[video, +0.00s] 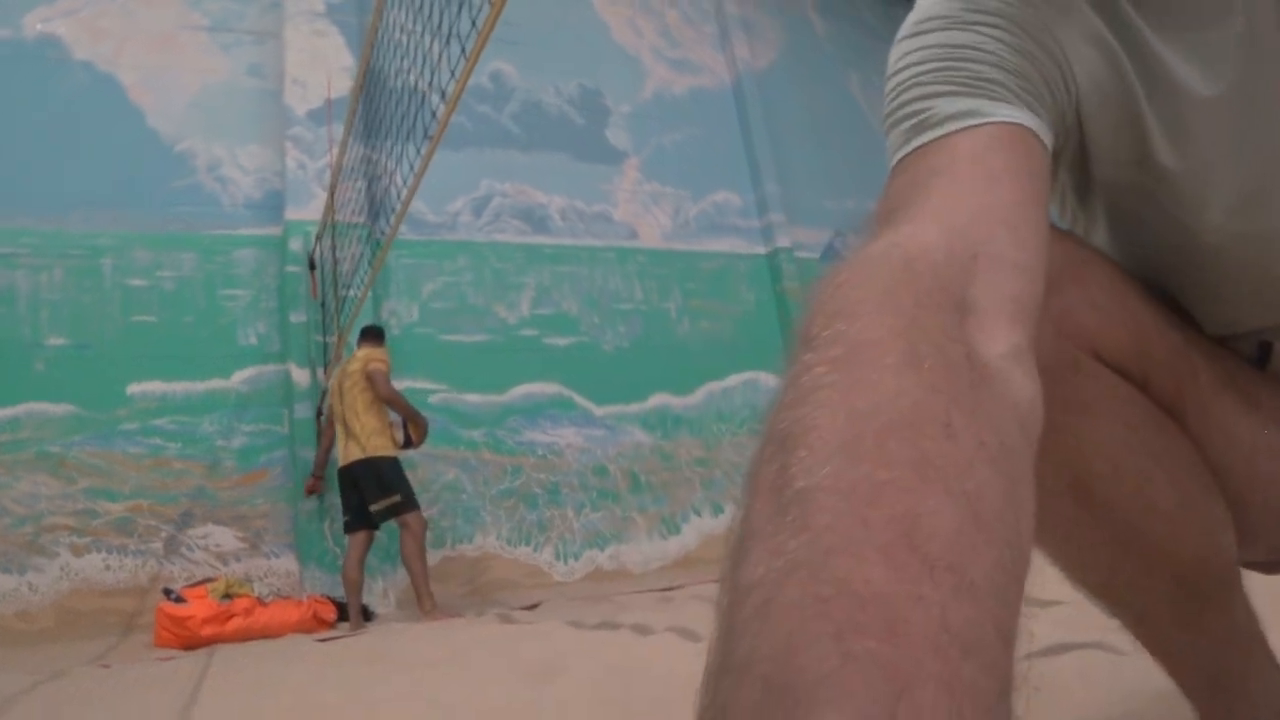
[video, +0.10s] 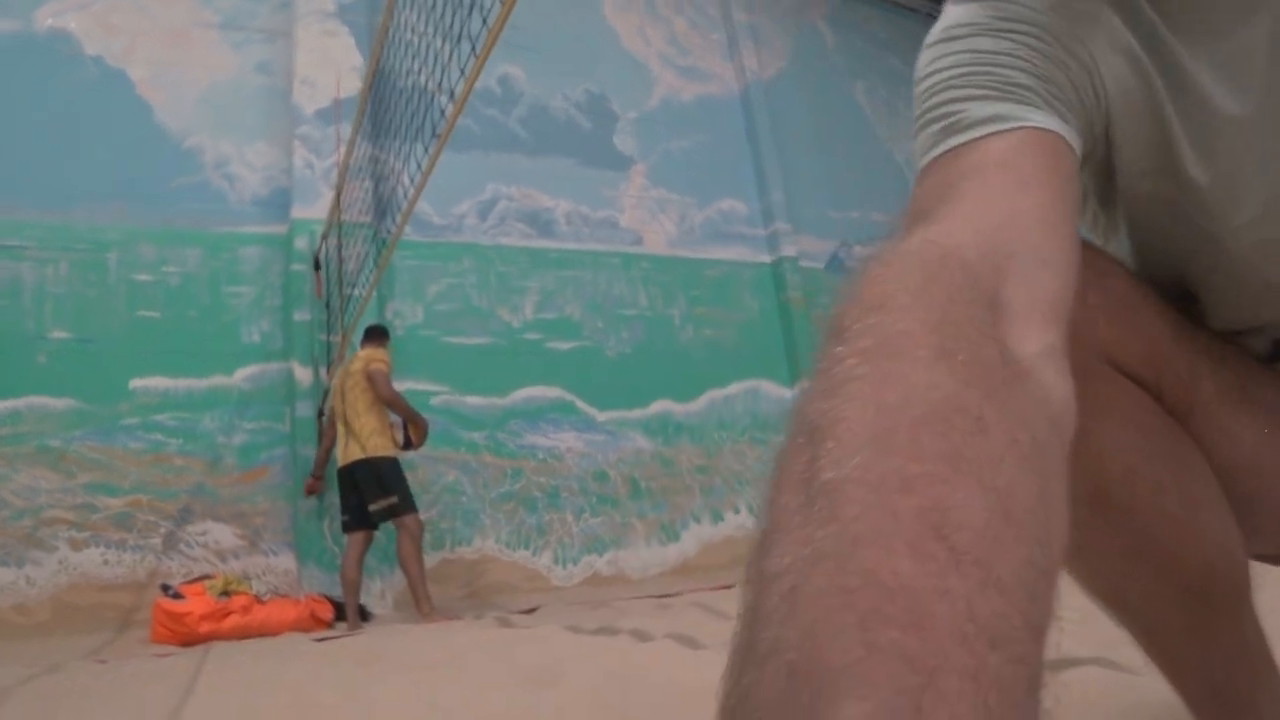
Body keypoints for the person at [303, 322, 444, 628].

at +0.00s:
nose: (381, 352)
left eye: (375, 347)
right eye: (382, 347)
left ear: (358, 344)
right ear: (382, 344)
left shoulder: (339, 375)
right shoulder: (376, 356)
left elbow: (328, 426)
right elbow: (384, 391)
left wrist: (317, 473)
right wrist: (415, 418)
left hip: (349, 466)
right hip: (378, 459)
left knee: (359, 538)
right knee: (413, 523)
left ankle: (355, 620)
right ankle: (428, 606)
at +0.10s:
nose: (385, 351)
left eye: (381, 346)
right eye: (386, 346)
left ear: (362, 343)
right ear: (385, 343)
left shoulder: (342, 374)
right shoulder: (377, 357)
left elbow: (330, 427)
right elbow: (384, 392)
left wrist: (317, 473)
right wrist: (416, 420)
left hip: (348, 464)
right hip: (377, 459)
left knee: (358, 536)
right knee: (410, 525)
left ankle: (352, 619)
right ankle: (426, 609)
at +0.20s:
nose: (392, 352)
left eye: (391, 348)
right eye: (392, 347)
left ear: (367, 343)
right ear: (389, 343)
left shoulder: (344, 372)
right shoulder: (379, 356)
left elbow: (331, 426)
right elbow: (383, 391)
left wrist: (316, 472)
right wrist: (414, 421)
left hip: (348, 463)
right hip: (376, 458)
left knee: (356, 536)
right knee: (407, 527)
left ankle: (348, 620)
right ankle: (422, 612)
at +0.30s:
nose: (398, 355)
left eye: (400, 350)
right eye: (397, 348)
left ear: (373, 342)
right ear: (386, 341)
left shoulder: (346, 372)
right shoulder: (378, 356)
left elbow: (330, 425)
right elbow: (384, 390)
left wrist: (313, 469)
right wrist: (415, 420)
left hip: (346, 462)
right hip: (375, 457)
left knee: (351, 536)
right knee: (405, 526)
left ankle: (341, 619)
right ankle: (416, 614)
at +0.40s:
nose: (406, 354)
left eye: (408, 350)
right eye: (403, 347)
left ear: (381, 347)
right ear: (388, 343)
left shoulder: (351, 376)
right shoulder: (381, 361)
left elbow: (335, 430)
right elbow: (383, 397)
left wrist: (314, 474)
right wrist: (416, 427)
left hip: (347, 468)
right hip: (375, 464)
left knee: (352, 543)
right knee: (409, 533)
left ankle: (340, 625)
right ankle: (415, 620)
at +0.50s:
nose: (414, 361)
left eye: (416, 357)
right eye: (411, 354)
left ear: (402, 355)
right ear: (394, 349)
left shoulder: (364, 381)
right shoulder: (384, 369)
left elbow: (342, 436)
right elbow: (384, 404)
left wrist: (319, 478)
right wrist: (416, 435)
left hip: (348, 472)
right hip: (373, 469)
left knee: (350, 548)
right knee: (414, 535)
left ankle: (335, 630)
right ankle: (412, 625)